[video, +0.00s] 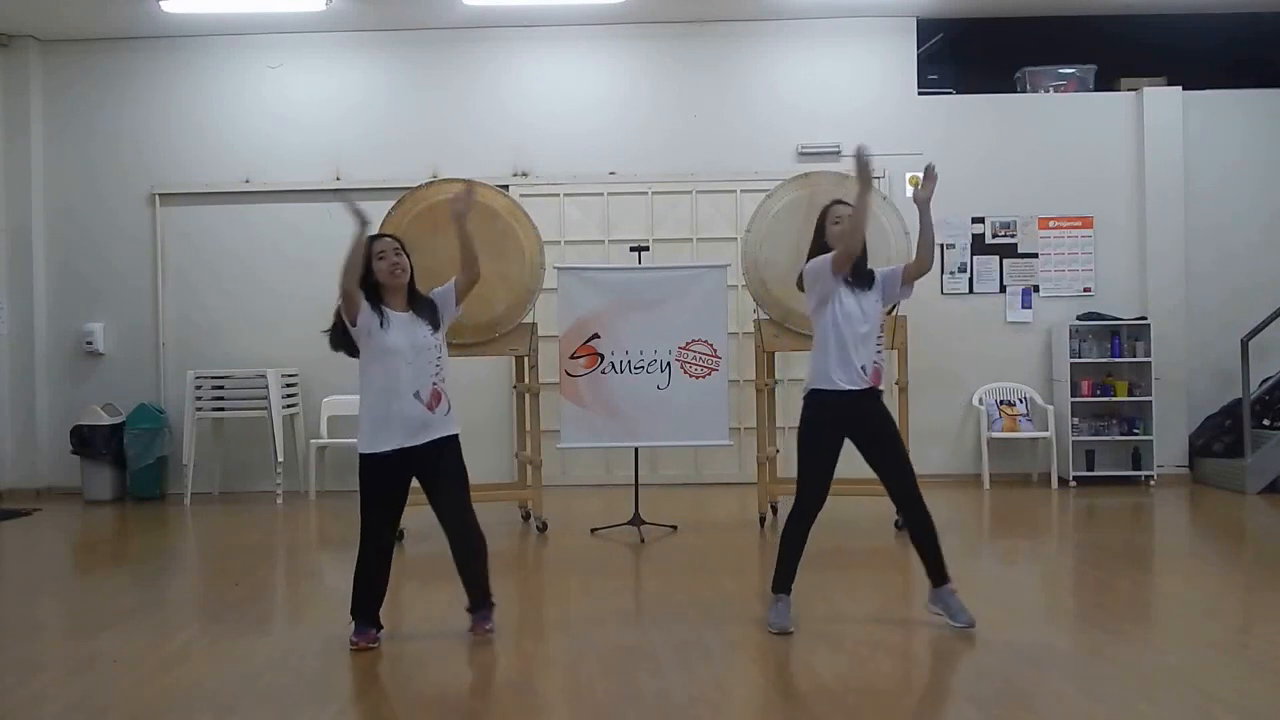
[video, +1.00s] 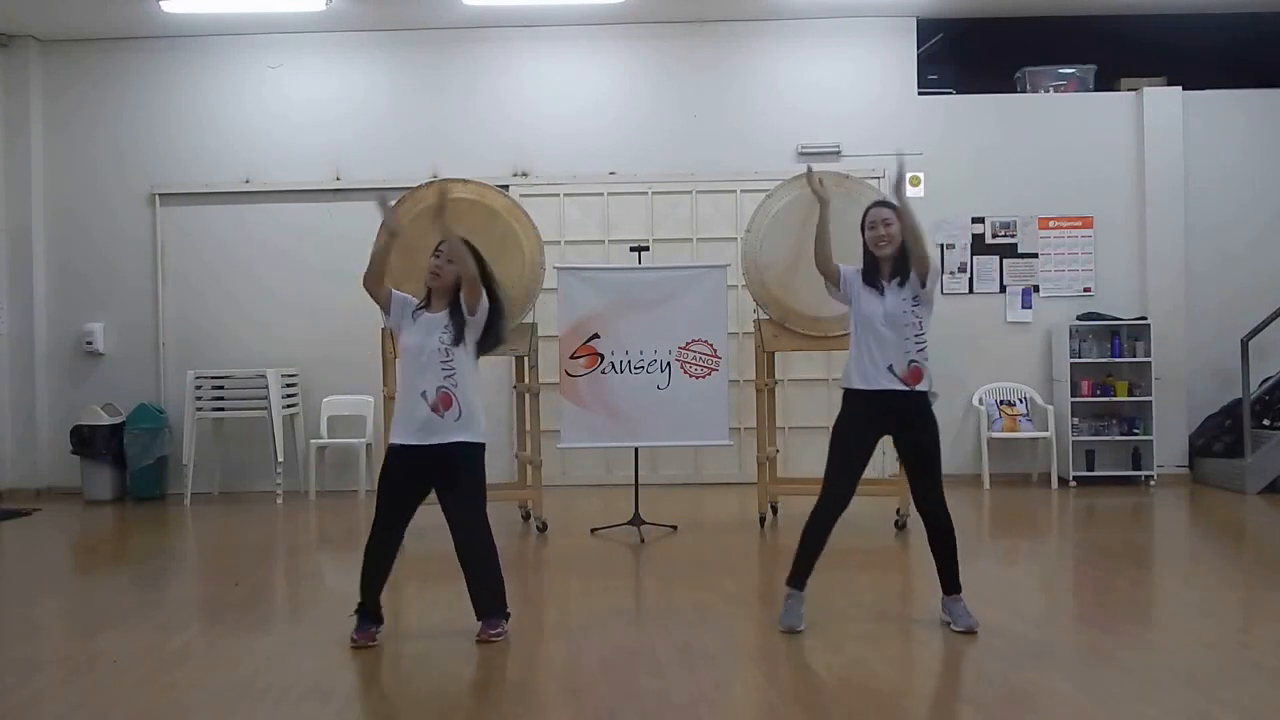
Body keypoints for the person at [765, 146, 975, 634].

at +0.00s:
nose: (847, 224)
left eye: (853, 218)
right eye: (837, 219)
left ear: (864, 229)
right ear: (822, 235)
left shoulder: (877, 282)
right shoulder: (816, 277)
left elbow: (922, 264)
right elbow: (850, 249)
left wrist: (923, 209)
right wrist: (865, 191)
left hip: (869, 403)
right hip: (824, 405)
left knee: (909, 496)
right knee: (809, 502)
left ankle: (941, 589)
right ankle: (781, 597)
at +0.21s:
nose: (878, 239)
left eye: (883, 232)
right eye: (867, 236)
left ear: (898, 239)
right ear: (858, 250)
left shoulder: (926, 286)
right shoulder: (856, 291)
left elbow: (973, 301)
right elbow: (873, 308)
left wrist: (948, 259)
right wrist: (908, 248)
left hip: (929, 412)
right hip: (881, 412)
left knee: (947, 511)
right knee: (858, 510)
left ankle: (953, 602)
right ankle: (803, 592)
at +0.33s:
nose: (891, 233)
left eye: (896, 225)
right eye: (881, 230)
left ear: (912, 233)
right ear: (873, 245)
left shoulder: (944, 286)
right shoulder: (874, 293)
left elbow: (997, 320)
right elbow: (849, 330)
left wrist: (992, 291)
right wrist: (863, 284)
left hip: (940, 407)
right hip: (891, 408)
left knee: (952, 508)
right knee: (888, 506)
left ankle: (953, 601)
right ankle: (854, 585)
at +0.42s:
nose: (902, 228)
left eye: (908, 220)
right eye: (893, 224)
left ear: (923, 229)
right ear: (884, 237)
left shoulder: (952, 283)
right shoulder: (873, 288)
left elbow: (992, 329)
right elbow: (833, 337)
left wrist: (1019, 312)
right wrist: (823, 315)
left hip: (947, 405)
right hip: (896, 406)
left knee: (954, 506)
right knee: (916, 504)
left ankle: (953, 599)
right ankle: (903, 582)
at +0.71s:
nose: (904, 235)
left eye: (912, 228)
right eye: (896, 230)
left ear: (928, 235)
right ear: (888, 240)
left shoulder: (954, 286)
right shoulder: (875, 291)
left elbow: (1002, 307)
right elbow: (829, 323)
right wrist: (798, 281)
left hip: (947, 408)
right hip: (896, 409)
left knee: (951, 505)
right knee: (885, 506)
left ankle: (953, 600)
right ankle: (903, 579)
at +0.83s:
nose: (896, 230)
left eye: (904, 222)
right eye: (888, 225)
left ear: (920, 229)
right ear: (880, 236)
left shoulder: (944, 277)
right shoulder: (870, 285)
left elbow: (981, 268)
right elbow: (822, 291)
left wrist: (973, 213)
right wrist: (808, 236)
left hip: (940, 405)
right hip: (887, 406)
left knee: (945, 505)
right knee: (858, 496)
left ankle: (953, 599)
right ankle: (857, 585)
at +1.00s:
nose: (881, 230)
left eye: (888, 223)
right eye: (873, 225)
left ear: (903, 230)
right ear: (864, 236)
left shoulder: (918, 281)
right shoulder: (854, 283)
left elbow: (920, 252)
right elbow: (824, 263)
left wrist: (902, 202)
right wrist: (824, 208)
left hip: (912, 406)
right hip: (861, 405)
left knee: (932, 503)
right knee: (832, 501)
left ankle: (953, 599)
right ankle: (794, 594)